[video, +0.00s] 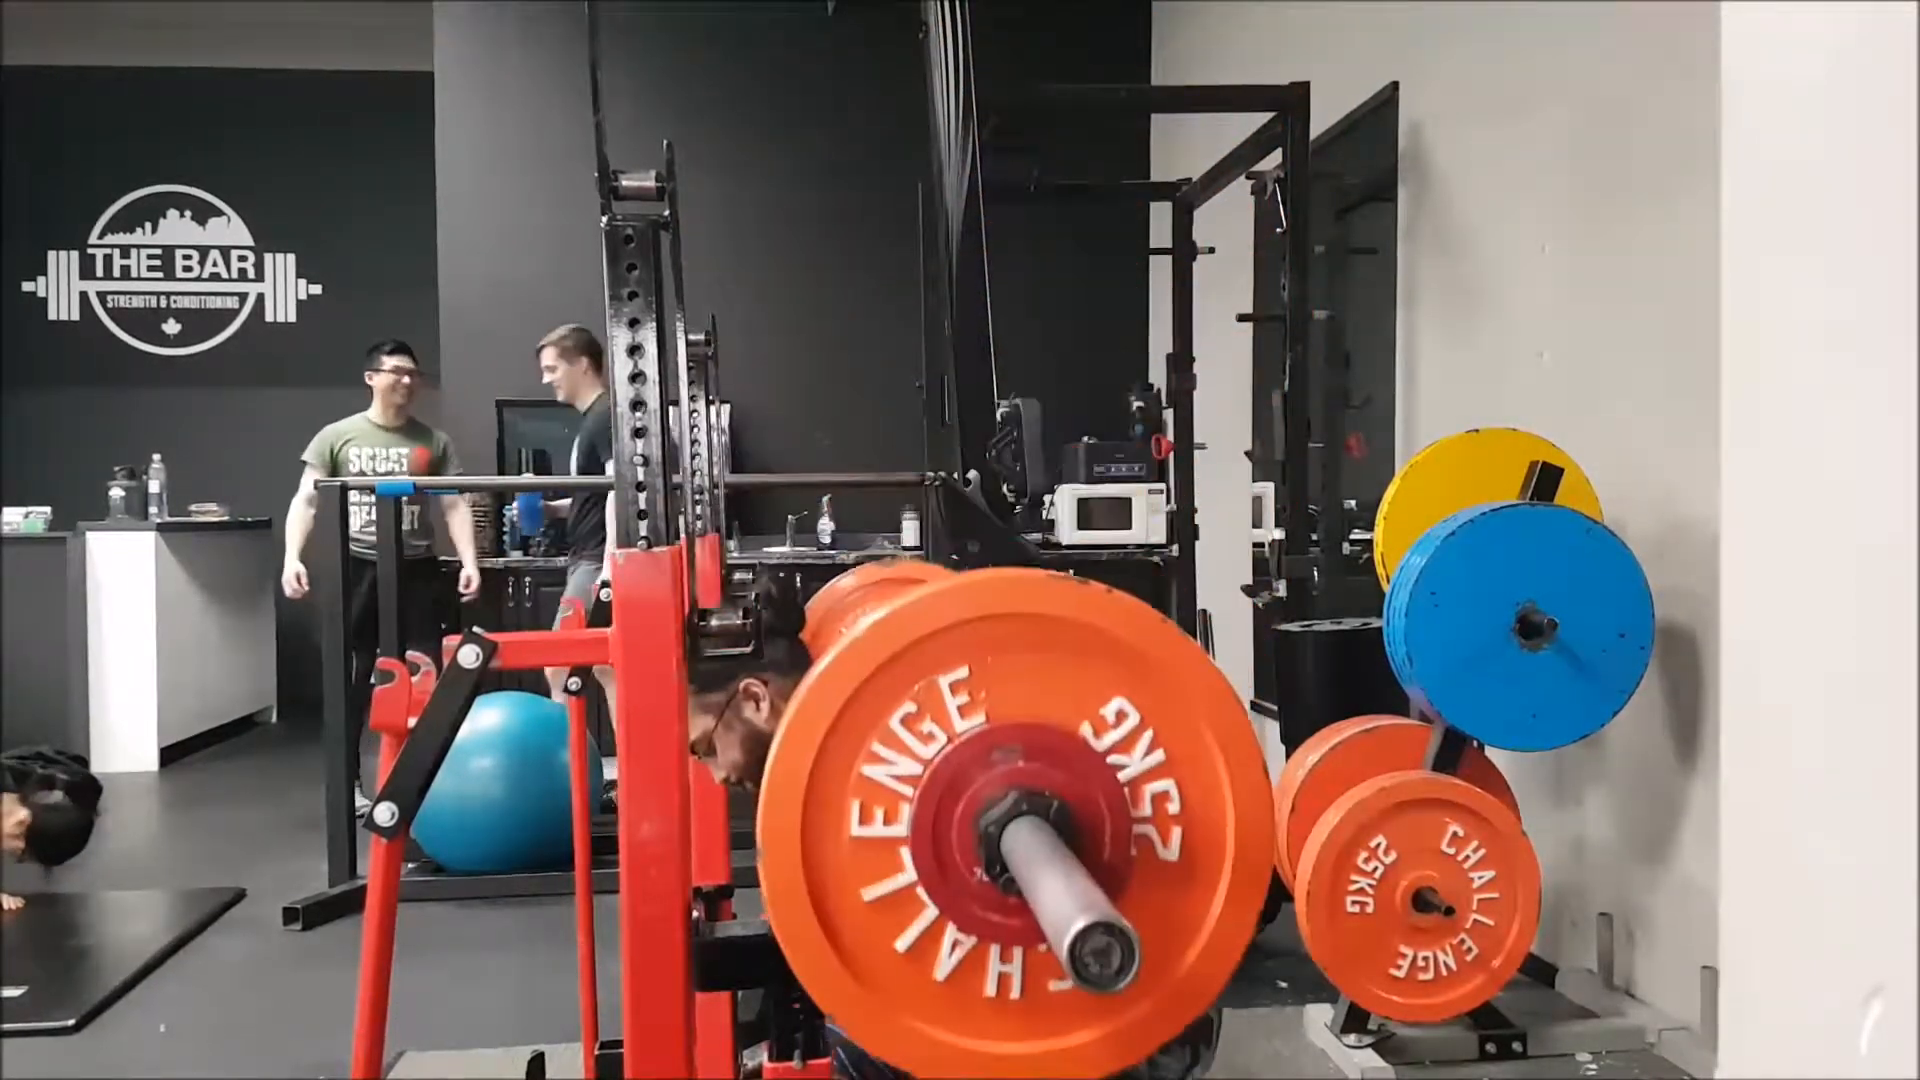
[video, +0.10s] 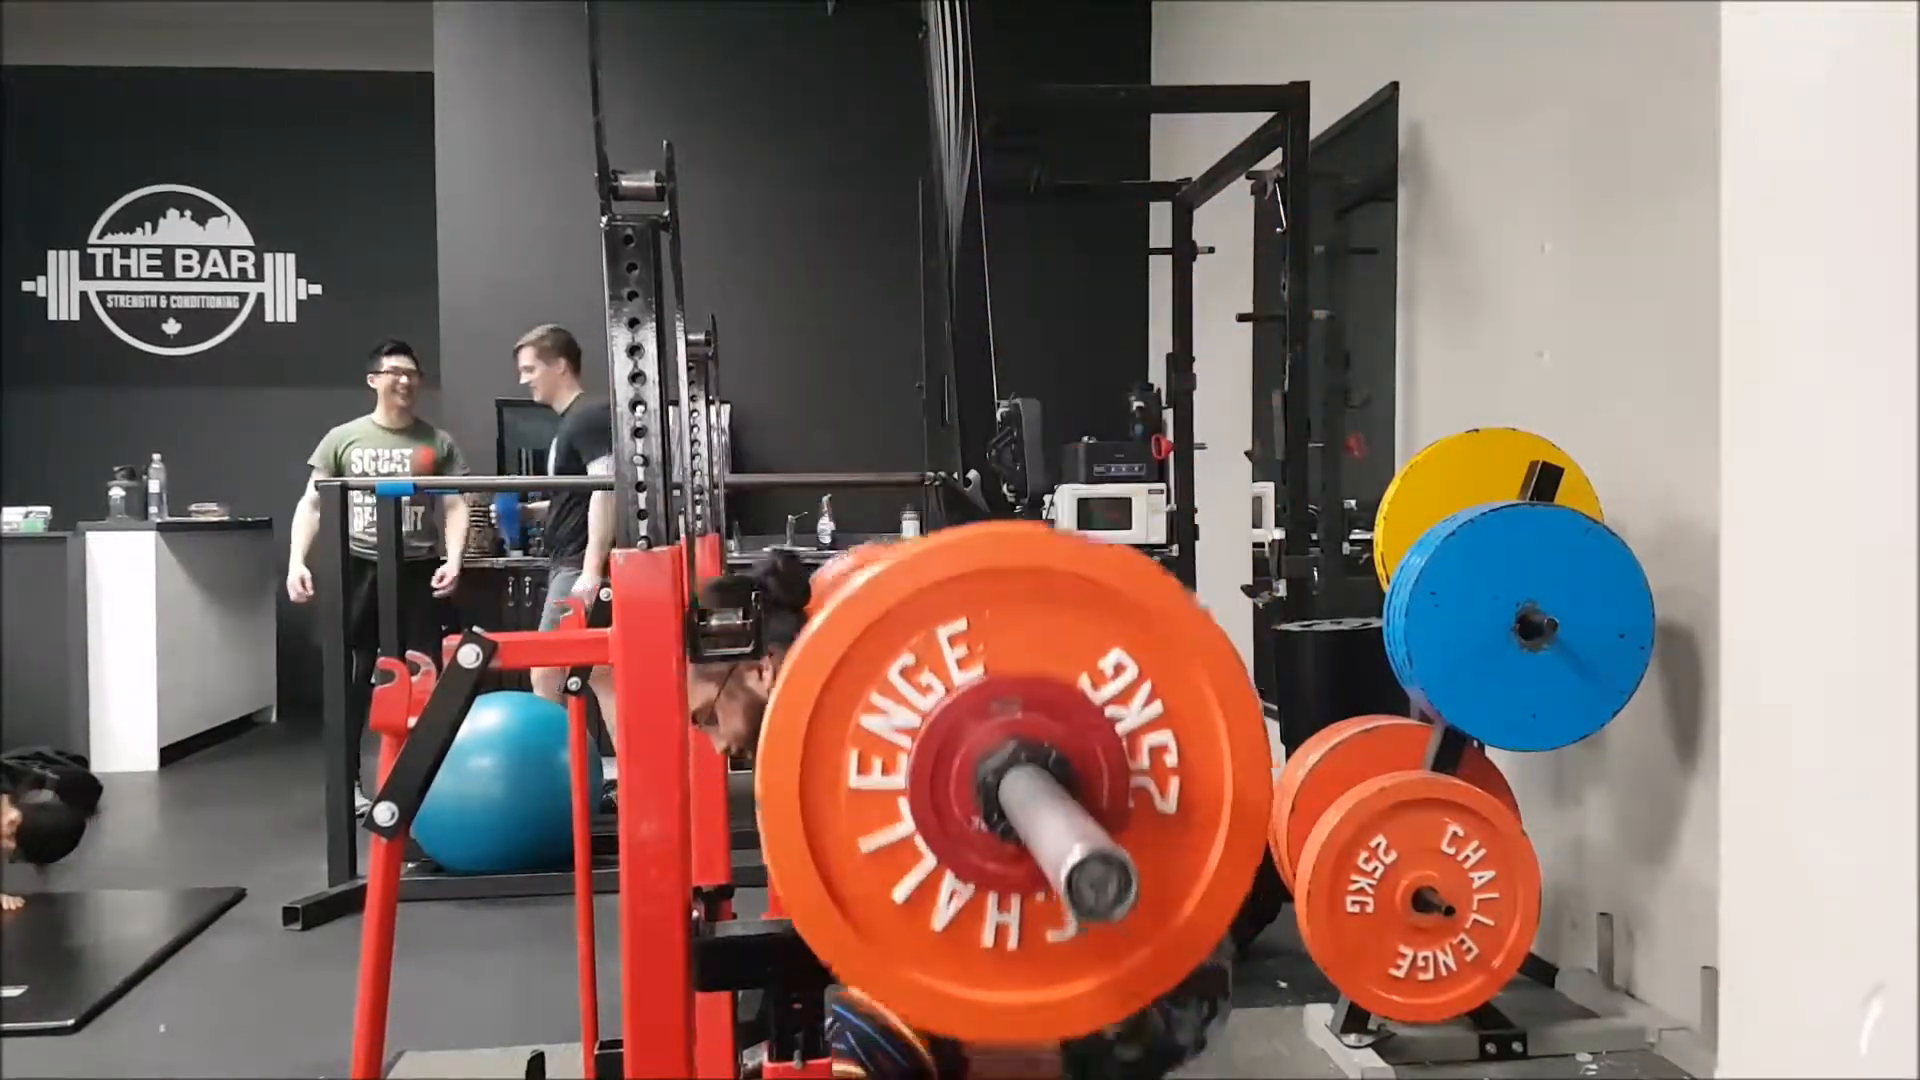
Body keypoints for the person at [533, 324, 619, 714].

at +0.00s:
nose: (546, 380)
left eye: (552, 369)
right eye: (544, 371)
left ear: (583, 365)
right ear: (580, 366)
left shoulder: (607, 418)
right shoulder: (590, 419)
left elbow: (619, 495)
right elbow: (591, 498)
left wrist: (613, 561)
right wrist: (547, 509)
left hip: (597, 559)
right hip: (584, 557)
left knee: (558, 661)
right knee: (607, 667)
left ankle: (571, 766)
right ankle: (633, 757)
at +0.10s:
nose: (525, 380)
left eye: (530, 369)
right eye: (523, 371)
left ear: (562, 366)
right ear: (556, 369)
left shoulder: (587, 417)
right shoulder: (570, 421)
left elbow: (606, 493)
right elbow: (575, 500)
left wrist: (593, 571)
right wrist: (532, 512)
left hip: (576, 568)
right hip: (570, 564)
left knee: (546, 679)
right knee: (603, 678)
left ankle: (554, 786)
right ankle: (627, 774)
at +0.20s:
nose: (501, 379)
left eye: (507, 369)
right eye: (499, 371)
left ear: (539, 366)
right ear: (535, 369)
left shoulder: (567, 417)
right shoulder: (547, 422)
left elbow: (584, 493)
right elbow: (550, 505)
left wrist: (564, 573)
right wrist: (510, 510)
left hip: (552, 569)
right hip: (546, 566)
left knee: (530, 677)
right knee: (586, 676)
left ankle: (527, 784)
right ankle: (623, 769)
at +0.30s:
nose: (478, 376)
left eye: (484, 365)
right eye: (476, 367)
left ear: (517, 363)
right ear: (510, 367)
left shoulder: (541, 416)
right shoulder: (522, 417)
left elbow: (549, 497)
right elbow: (522, 500)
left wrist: (530, 574)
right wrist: (475, 504)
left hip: (526, 570)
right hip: (517, 568)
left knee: (518, 685)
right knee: (548, 687)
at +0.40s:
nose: (457, 373)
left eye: (464, 363)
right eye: (455, 365)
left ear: (497, 361)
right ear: (492, 364)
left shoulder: (517, 415)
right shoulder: (505, 417)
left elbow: (510, 498)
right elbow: (483, 508)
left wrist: (486, 577)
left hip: (521, 576)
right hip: (511, 574)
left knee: (499, 694)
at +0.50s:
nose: (440, 372)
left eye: (447, 362)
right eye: (439, 364)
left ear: (477, 360)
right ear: (473, 362)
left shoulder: (500, 414)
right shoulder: (487, 413)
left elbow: (479, 499)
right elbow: (479, 497)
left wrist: (443, 573)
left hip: (501, 570)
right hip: (481, 568)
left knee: (497, 687)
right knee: (432, 665)